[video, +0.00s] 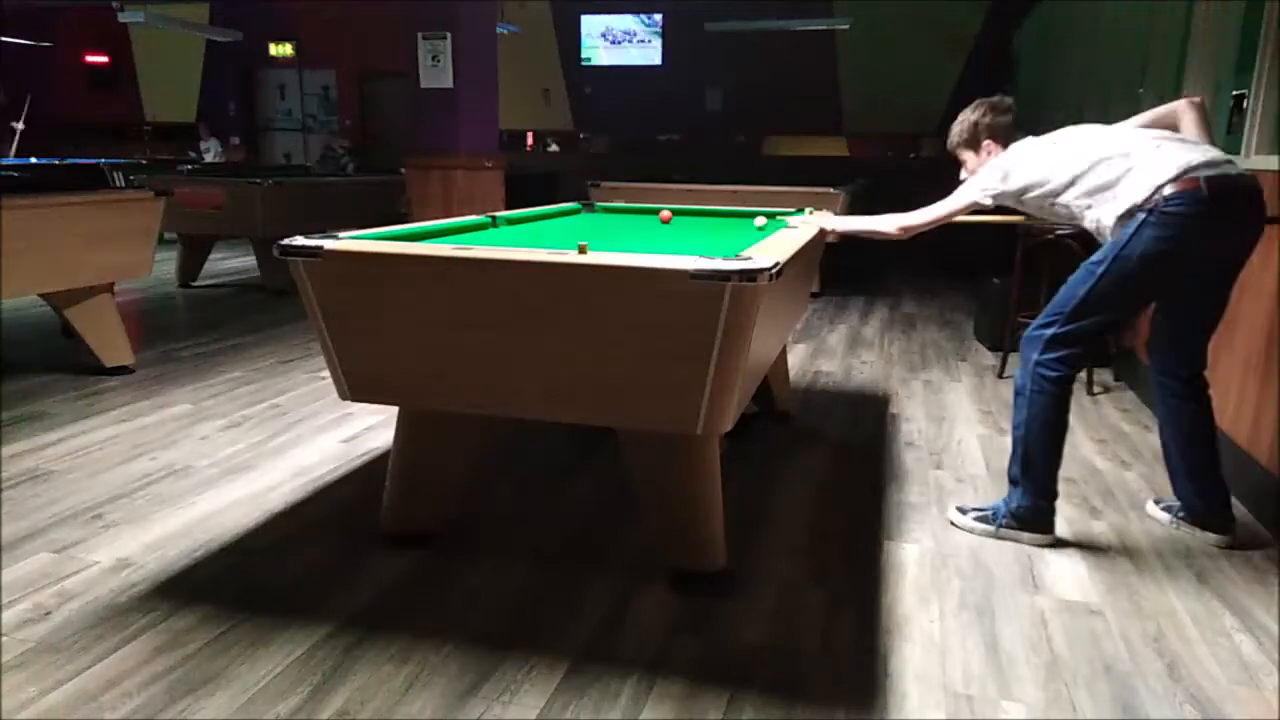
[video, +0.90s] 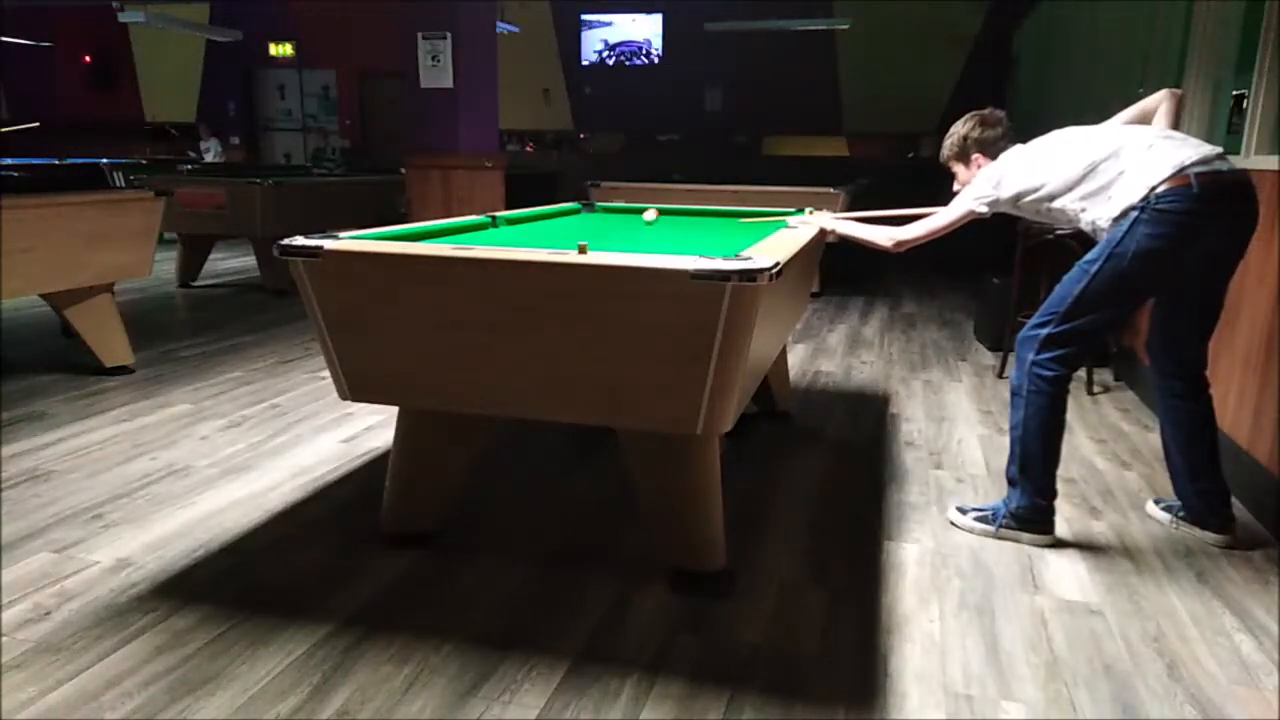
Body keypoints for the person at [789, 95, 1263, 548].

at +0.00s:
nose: (967, 179)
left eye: (967, 168)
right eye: (964, 170)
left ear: (990, 148)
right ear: (1009, 137)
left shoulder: (1005, 168)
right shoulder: (1096, 137)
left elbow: (906, 226)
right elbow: (1185, 107)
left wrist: (839, 225)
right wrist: (1210, 176)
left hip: (1176, 206)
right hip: (1239, 199)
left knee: (1045, 346)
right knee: (1176, 360)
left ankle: (1026, 510)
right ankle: (1207, 509)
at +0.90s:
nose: (959, 190)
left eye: (958, 178)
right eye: (956, 181)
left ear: (979, 161)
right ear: (1004, 149)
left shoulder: (1001, 174)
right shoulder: (1082, 143)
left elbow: (899, 240)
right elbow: (1166, 97)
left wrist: (834, 224)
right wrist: (1142, 167)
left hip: (1173, 202)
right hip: (1233, 196)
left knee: (1041, 345)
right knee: (1176, 359)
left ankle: (1026, 509)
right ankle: (1207, 509)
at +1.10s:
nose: (933, 14)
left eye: (938, 5)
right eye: (935, 6)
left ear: (964, 4)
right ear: (990, 6)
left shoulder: (948, 45)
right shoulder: (1045, 30)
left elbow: (881, 140)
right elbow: (1135, 65)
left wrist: (831, 202)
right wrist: (1135, 144)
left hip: (1033, 192)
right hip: (1089, 184)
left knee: (1006, 351)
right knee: (1040, 329)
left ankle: (1026, 504)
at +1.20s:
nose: (907, 4)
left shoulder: (928, 35)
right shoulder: (985, 34)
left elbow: (927, 119)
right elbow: (1003, 115)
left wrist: (857, 153)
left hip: (936, 191)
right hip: (984, 194)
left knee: (896, 298)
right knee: (973, 316)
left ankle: (874, 393)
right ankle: (981, 431)